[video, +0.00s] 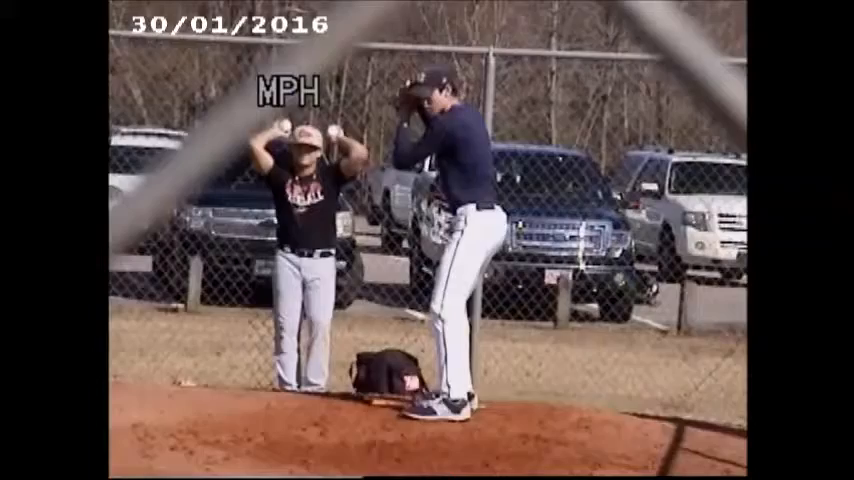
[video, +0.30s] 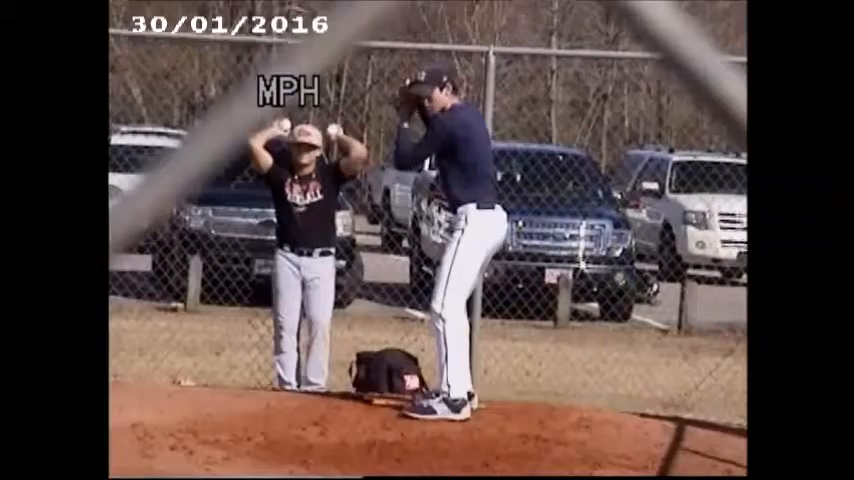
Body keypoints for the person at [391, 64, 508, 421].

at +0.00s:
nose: (423, 108)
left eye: (426, 100)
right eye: (421, 101)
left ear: (445, 92)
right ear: (446, 94)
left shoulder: (448, 123)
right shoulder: (468, 116)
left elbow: (403, 159)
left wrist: (404, 116)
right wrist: (418, 112)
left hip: (473, 218)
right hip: (487, 215)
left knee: (445, 306)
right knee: (452, 305)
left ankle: (455, 395)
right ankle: (460, 390)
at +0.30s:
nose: (423, 106)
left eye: (426, 98)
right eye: (420, 100)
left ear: (446, 91)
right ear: (446, 92)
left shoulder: (449, 122)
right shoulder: (468, 115)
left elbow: (404, 160)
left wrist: (405, 118)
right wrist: (418, 113)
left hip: (474, 218)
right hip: (487, 215)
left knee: (445, 305)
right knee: (451, 305)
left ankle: (455, 395)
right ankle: (460, 390)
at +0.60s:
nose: (429, 106)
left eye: (433, 99)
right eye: (427, 100)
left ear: (453, 93)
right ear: (451, 96)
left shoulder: (453, 125)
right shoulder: (471, 121)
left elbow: (420, 173)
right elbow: (434, 168)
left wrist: (407, 137)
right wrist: (420, 135)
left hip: (475, 222)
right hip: (489, 219)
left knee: (447, 309)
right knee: (453, 309)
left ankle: (456, 400)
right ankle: (461, 395)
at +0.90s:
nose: (435, 94)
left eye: (440, 87)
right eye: (433, 88)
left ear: (459, 86)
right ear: (449, 90)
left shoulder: (452, 120)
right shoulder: (472, 117)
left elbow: (420, 168)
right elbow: (433, 163)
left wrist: (406, 133)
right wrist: (419, 132)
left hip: (474, 218)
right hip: (489, 216)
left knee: (447, 306)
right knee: (455, 305)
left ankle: (455, 396)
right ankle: (461, 392)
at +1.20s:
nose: (435, 92)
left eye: (441, 86)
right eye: (433, 86)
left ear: (460, 86)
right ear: (443, 88)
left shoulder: (451, 120)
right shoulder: (471, 116)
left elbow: (419, 167)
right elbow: (433, 161)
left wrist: (405, 130)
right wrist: (418, 127)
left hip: (473, 218)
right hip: (488, 216)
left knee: (446, 306)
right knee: (456, 306)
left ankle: (455, 396)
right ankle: (461, 391)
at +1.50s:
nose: (432, 94)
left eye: (439, 87)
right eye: (430, 87)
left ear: (459, 86)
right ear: (447, 88)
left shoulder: (450, 119)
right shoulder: (470, 116)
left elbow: (417, 167)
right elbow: (435, 162)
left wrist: (404, 137)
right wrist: (414, 138)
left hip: (473, 218)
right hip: (487, 216)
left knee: (446, 307)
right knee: (456, 306)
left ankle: (455, 396)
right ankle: (461, 392)